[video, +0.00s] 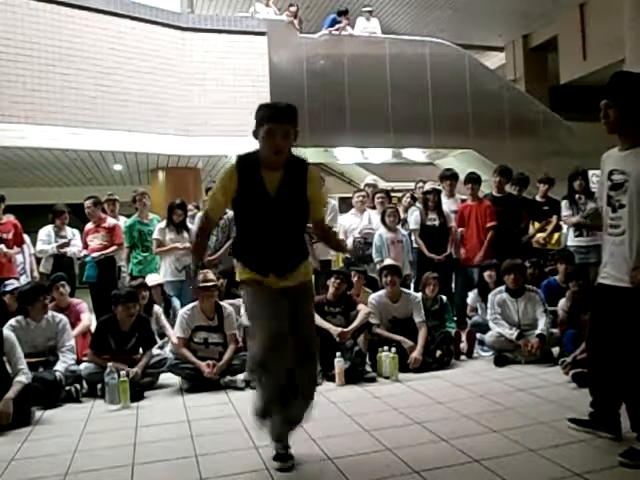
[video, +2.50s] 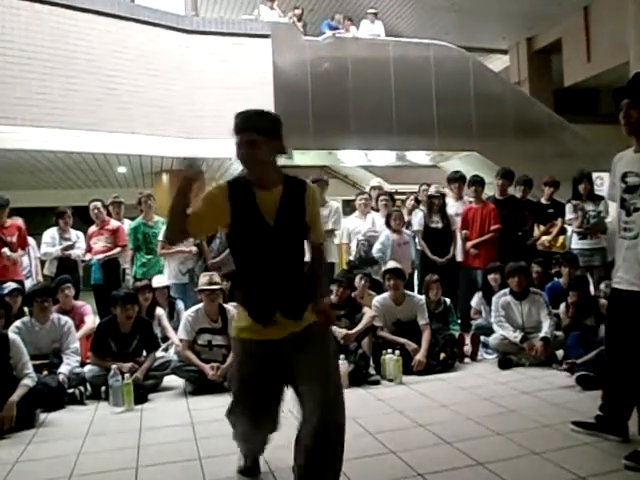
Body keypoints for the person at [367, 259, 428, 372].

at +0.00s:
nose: (390, 279)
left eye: (394, 275)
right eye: (386, 276)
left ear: (400, 278)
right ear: (381, 280)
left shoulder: (414, 298)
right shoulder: (374, 299)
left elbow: (422, 326)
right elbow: (374, 328)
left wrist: (418, 351)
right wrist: (401, 340)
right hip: (386, 337)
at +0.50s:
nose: (393, 282)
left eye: (397, 278)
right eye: (389, 278)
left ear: (403, 281)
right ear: (384, 282)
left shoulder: (418, 301)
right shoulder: (378, 302)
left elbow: (426, 329)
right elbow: (379, 330)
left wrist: (422, 354)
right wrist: (405, 342)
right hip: (391, 338)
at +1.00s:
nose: (394, 281)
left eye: (397, 277)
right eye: (389, 278)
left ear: (404, 280)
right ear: (385, 282)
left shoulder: (417, 301)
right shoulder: (378, 302)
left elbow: (426, 329)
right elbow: (378, 331)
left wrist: (422, 354)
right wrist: (405, 342)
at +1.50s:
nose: (393, 283)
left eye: (397, 279)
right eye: (388, 279)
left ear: (403, 281)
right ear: (384, 282)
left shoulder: (418, 300)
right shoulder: (378, 302)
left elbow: (426, 329)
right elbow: (378, 330)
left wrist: (422, 354)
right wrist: (405, 342)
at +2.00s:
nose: (393, 284)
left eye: (397, 279)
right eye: (389, 280)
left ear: (403, 281)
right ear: (385, 283)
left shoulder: (418, 300)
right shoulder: (378, 302)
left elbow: (426, 329)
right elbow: (378, 331)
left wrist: (422, 354)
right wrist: (405, 343)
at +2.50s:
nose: (393, 283)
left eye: (397, 279)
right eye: (389, 279)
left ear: (403, 281)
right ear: (385, 283)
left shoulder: (418, 300)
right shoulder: (378, 302)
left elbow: (426, 329)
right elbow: (378, 331)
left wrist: (422, 354)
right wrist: (405, 342)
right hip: (391, 337)